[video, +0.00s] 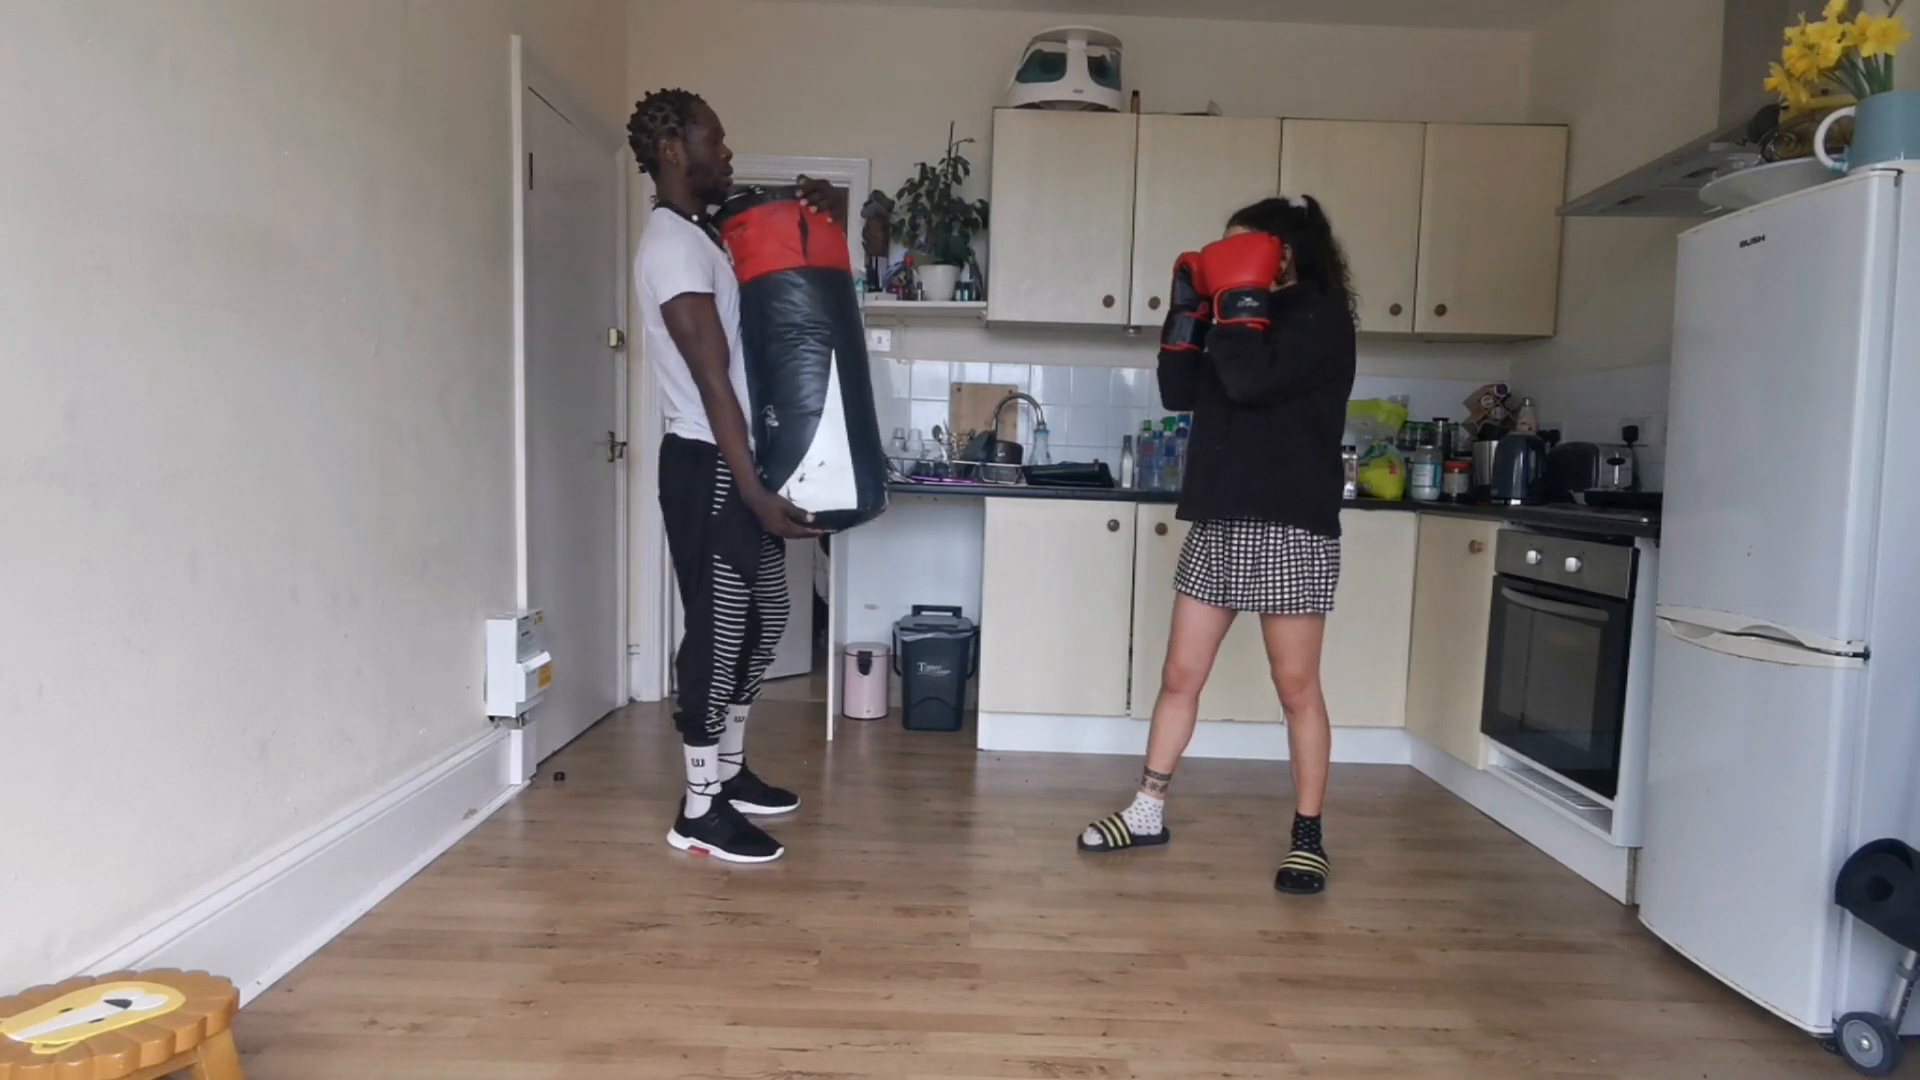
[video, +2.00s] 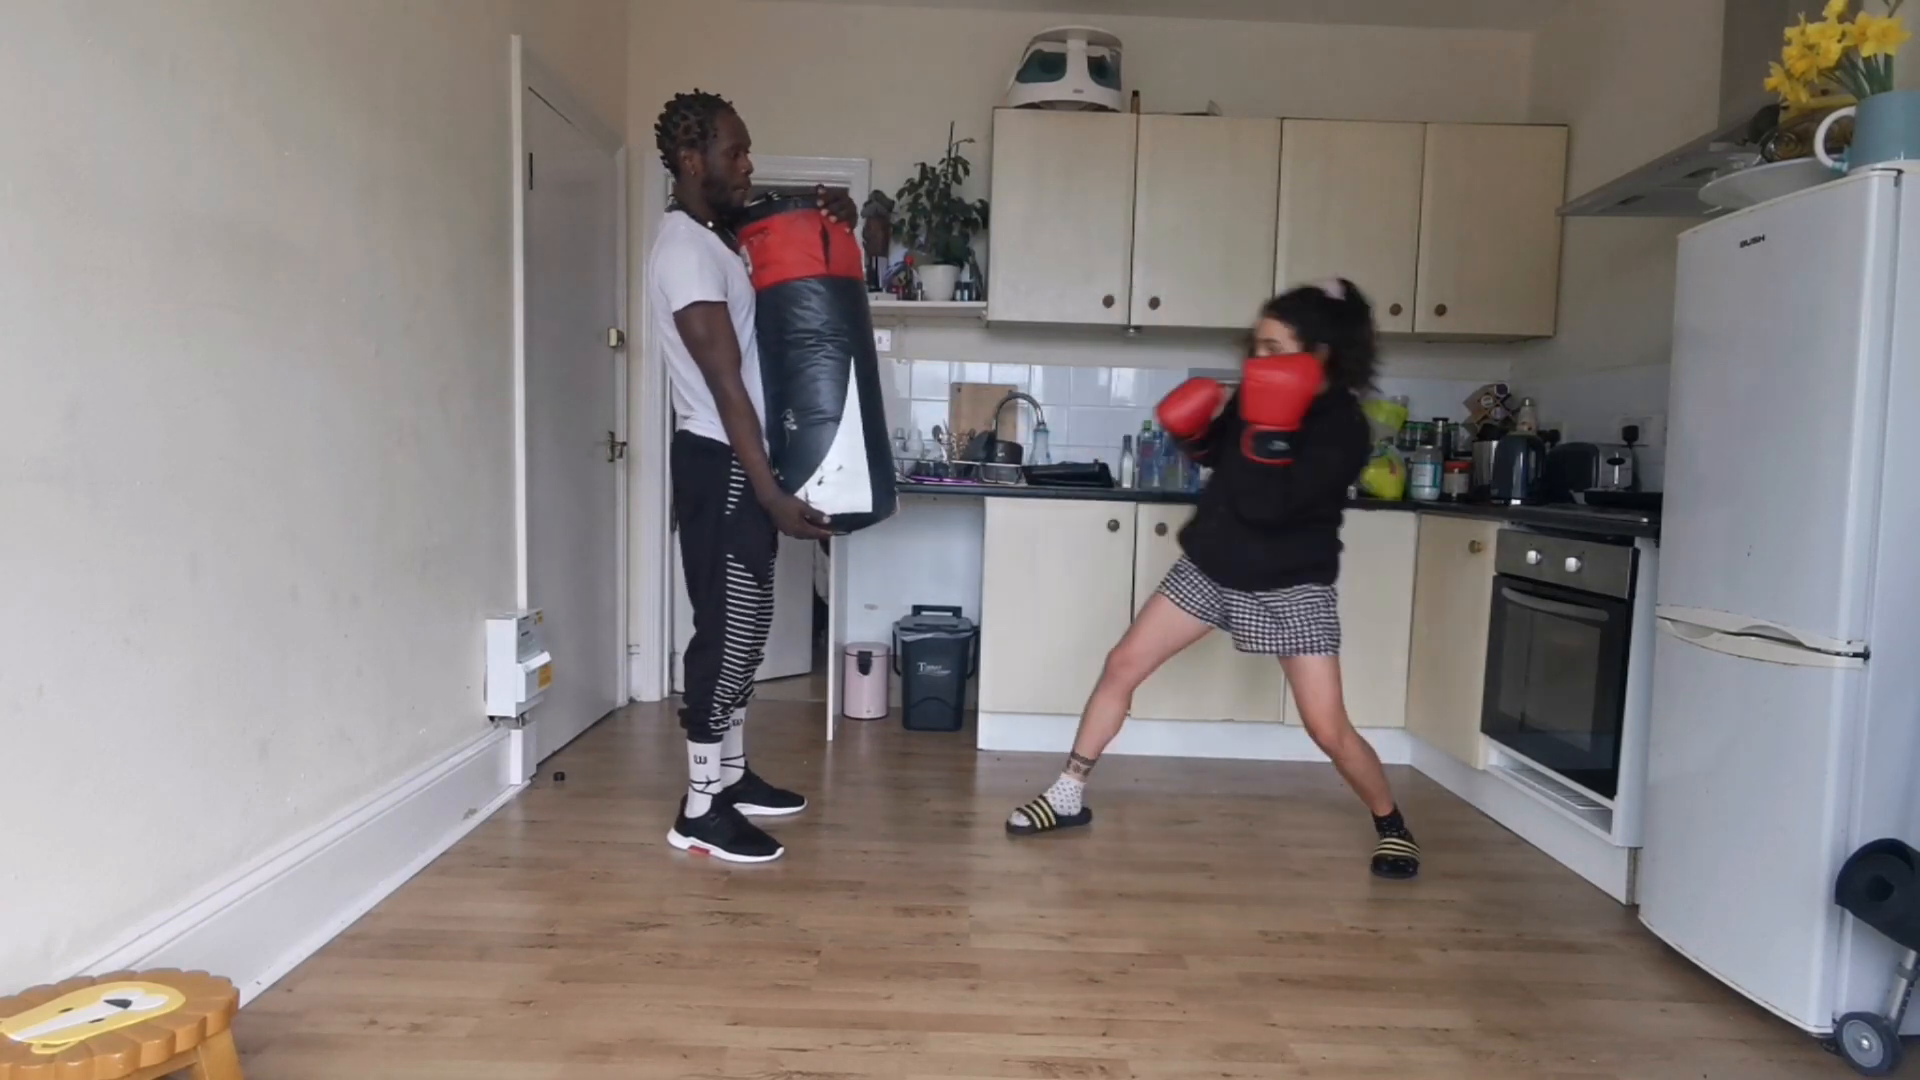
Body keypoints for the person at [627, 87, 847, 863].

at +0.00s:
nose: (727, 151)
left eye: (723, 137)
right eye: (713, 138)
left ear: (679, 150)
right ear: (670, 148)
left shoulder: (705, 234)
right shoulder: (671, 240)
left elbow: (777, 310)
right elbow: (710, 374)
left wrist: (819, 222)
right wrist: (754, 485)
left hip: (742, 452)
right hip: (705, 457)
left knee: (765, 614)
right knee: (718, 622)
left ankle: (724, 769)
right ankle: (699, 808)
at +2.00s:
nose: (749, 166)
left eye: (748, 151)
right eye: (736, 152)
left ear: (701, 161)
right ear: (689, 160)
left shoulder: (720, 242)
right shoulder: (683, 245)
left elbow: (789, 319)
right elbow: (723, 378)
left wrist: (831, 233)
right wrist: (770, 486)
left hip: (744, 453)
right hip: (716, 456)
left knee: (745, 622)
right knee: (728, 625)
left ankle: (730, 775)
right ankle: (702, 804)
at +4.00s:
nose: (745, 166)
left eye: (744, 152)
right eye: (732, 152)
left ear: (698, 162)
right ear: (685, 160)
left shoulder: (717, 242)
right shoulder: (679, 244)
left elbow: (775, 337)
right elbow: (717, 376)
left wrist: (829, 241)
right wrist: (763, 487)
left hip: (743, 449)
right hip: (712, 454)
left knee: (746, 622)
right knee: (723, 625)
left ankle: (736, 778)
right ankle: (701, 805)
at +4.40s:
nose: (747, 162)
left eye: (745, 148)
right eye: (734, 149)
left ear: (696, 157)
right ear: (687, 156)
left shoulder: (716, 237)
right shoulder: (681, 243)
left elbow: (789, 314)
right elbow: (726, 378)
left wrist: (828, 227)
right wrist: (777, 490)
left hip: (747, 449)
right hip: (716, 453)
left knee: (748, 621)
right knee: (728, 625)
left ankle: (736, 778)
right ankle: (701, 805)